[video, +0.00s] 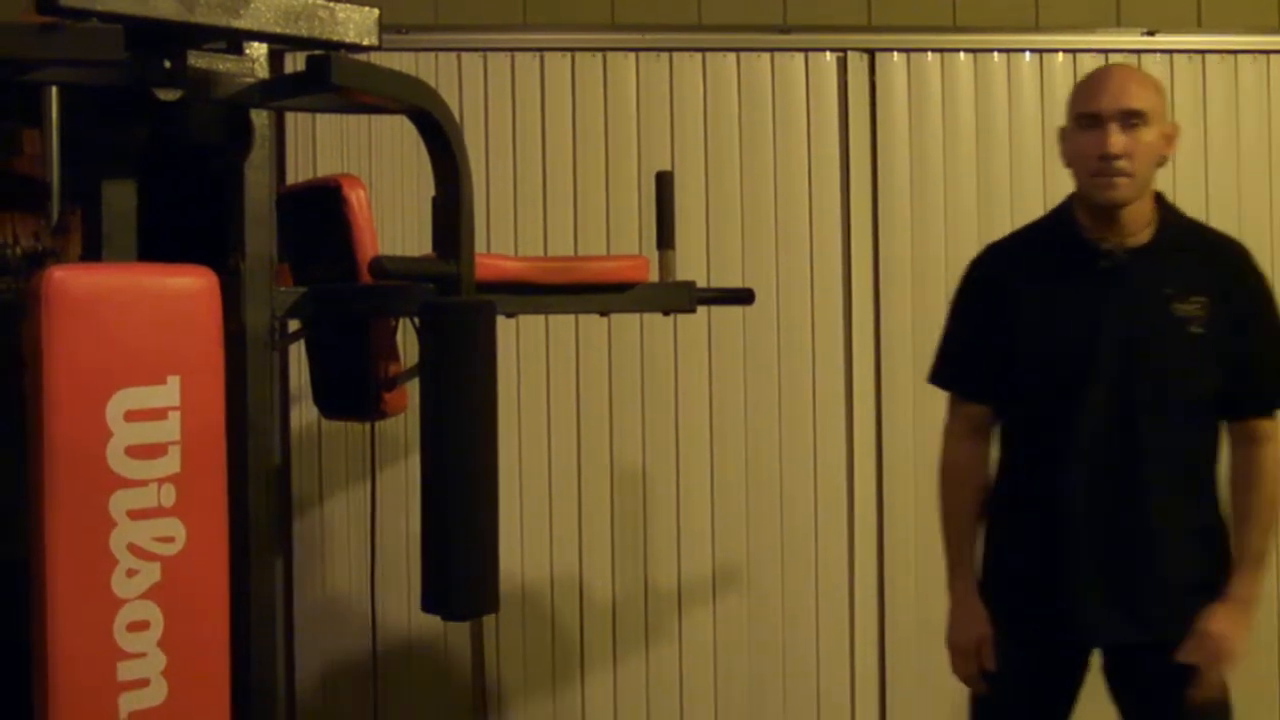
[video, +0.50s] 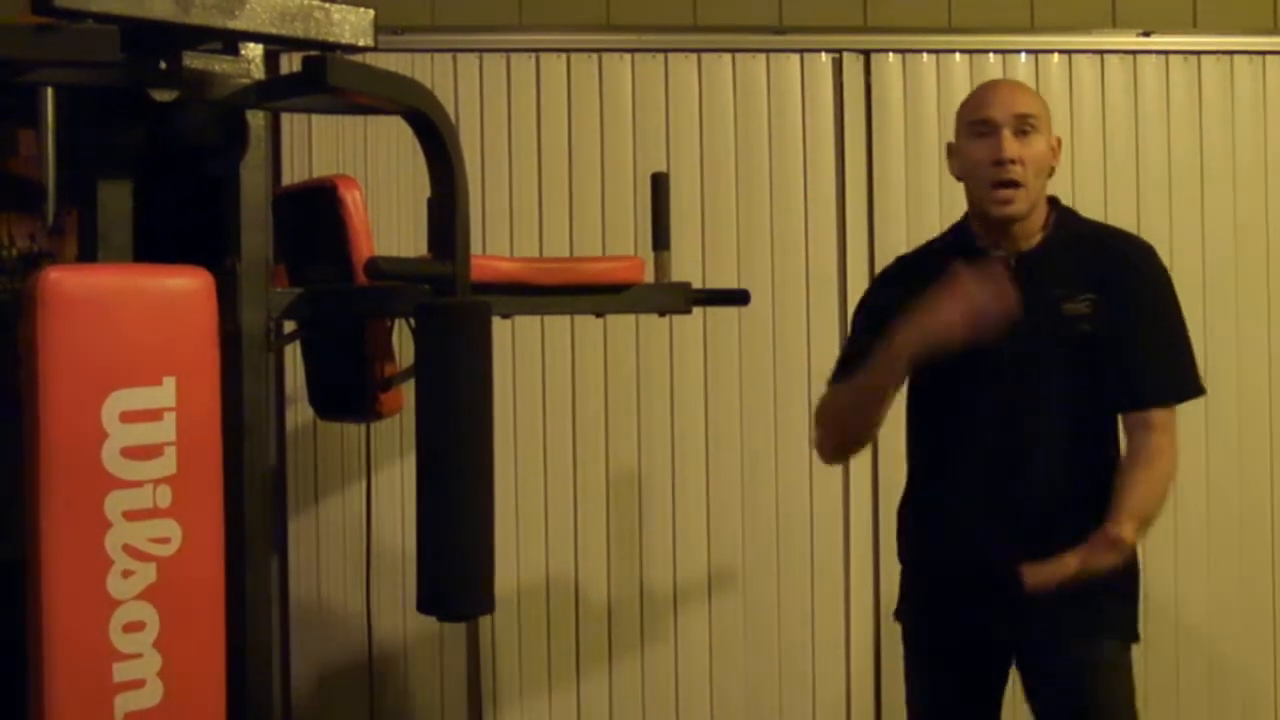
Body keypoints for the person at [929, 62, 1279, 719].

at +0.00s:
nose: (1110, 142)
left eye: (1132, 123)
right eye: (1090, 124)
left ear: (1167, 142)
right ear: (1065, 144)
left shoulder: (1223, 272)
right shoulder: (1002, 271)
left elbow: (1256, 438)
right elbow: (966, 433)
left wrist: (1241, 596)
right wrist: (962, 591)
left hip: (1169, 583)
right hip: (1033, 583)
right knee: (1008, 716)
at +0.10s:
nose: (1084, 144)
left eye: (1106, 125)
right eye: (1063, 127)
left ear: (1139, 146)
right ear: (1038, 149)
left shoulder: (1192, 272)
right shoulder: (978, 275)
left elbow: (1223, 446)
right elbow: (937, 432)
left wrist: (1194, 614)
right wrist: (935, 591)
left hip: (1138, 588)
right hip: (1006, 588)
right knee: (983, 716)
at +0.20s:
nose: (1060, 155)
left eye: (1081, 137)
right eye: (1038, 138)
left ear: (1112, 160)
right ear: (1013, 165)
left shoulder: (1166, 286)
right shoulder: (953, 290)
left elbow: (1185, 458)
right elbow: (888, 447)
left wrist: (1179, 629)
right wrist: (907, 607)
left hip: (1115, 601)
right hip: (978, 600)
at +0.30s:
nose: (1036, 159)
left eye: (1056, 141)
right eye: (1014, 143)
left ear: (1088, 164)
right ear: (988, 169)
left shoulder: (1147, 283)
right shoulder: (941, 288)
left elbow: (1171, 451)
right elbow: (845, 437)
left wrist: (1163, 608)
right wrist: (912, 563)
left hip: (1091, 591)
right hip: (957, 594)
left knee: (1122, 711)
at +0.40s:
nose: (1018, 152)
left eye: (1038, 134)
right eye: (996, 135)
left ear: (1068, 157)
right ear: (969, 162)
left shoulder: (1132, 276)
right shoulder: (923, 284)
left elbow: (1168, 437)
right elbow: (824, 427)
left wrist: (1145, 567)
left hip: (1082, 597)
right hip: (951, 596)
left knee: (1116, 716)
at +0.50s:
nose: (1005, 148)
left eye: (1024, 130)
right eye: (983, 132)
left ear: (1052, 154)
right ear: (954, 160)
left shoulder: (1120, 267)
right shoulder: (908, 282)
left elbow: (1152, 434)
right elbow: (832, 442)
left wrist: (1116, 535)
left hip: (1077, 580)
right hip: (948, 584)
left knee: (1097, 714)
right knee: (946, 715)